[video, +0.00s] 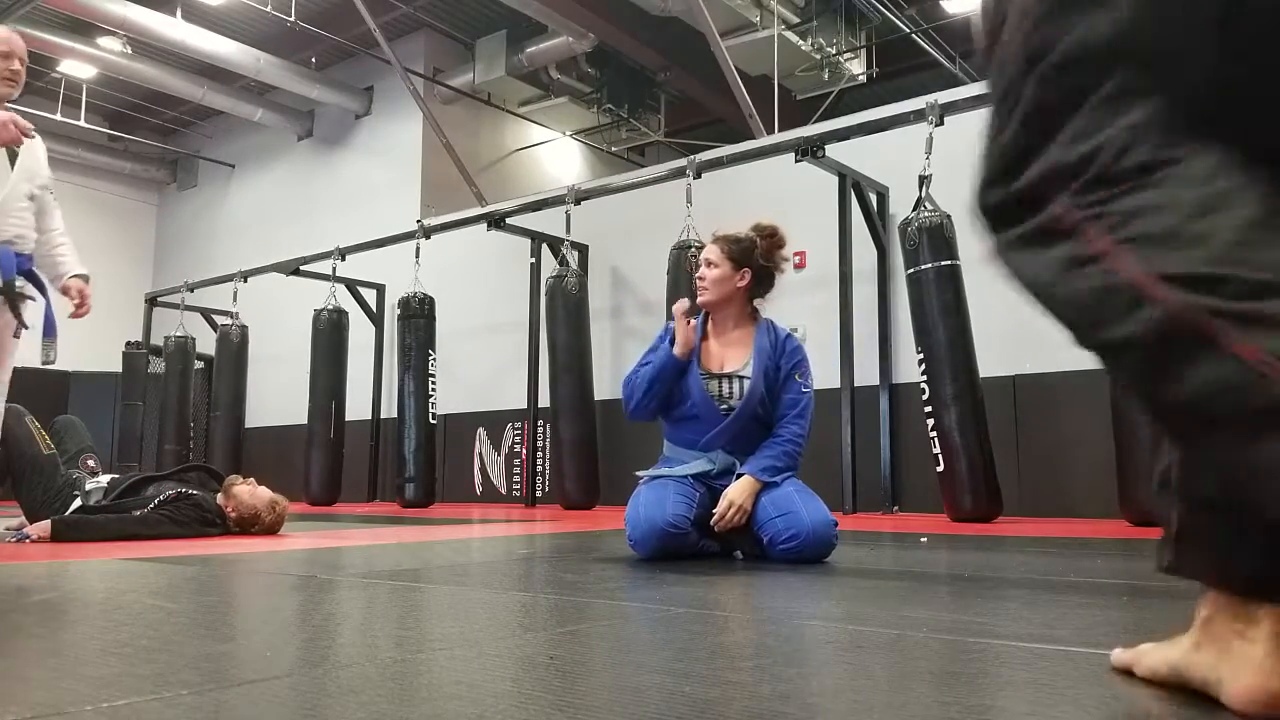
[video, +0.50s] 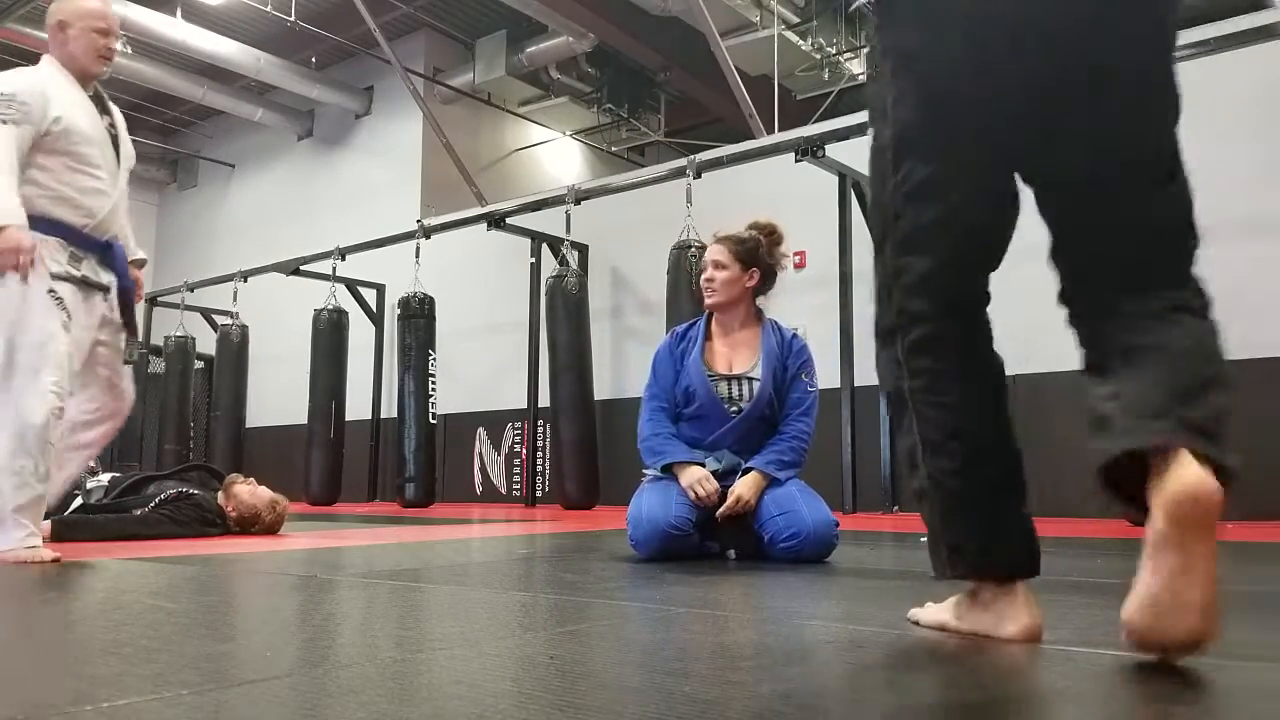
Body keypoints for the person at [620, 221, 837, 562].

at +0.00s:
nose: (698, 274)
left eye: (710, 266)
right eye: (700, 265)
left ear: (742, 278)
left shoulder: (783, 347)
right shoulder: (678, 335)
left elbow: (791, 433)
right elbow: (636, 406)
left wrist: (751, 481)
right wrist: (679, 352)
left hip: (760, 475)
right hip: (682, 474)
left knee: (812, 536)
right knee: (651, 533)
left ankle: (741, 536)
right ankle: (718, 542)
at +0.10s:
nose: (700, 275)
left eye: (712, 266)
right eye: (702, 266)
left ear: (745, 278)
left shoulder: (786, 347)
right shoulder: (676, 340)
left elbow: (793, 431)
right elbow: (629, 414)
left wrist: (753, 480)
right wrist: (671, 396)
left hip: (760, 475)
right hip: (682, 475)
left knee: (812, 536)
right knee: (651, 533)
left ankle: (742, 536)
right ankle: (717, 542)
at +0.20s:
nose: (701, 274)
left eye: (713, 266)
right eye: (702, 266)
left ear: (746, 278)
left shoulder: (788, 348)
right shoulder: (674, 344)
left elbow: (796, 429)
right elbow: (638, 410)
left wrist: (757, 477)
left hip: (760, 476)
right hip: (684, 477)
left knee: (813, 536)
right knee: (652, 533)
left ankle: (741, 536)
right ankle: (712, 542)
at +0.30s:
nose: (701, 275)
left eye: (713, 266)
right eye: (702, 266)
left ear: (746, 278)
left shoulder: (789, 348)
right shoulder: (675, 345)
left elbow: (797, 430)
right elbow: (652, 420)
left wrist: (758, 477)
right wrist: (677, 460)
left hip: (762, 476)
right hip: (684, 476)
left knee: (813, 535)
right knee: (652, 533)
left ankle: (740, 536)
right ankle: (711, 541)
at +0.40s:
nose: (700, 277)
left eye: (713, 267)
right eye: (701, 267)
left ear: (746, 278)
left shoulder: (790, 348)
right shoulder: (676, 345)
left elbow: (797, 430)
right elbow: (657, 421)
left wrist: (758, 477)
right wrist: (683, 464)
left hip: (762, 476)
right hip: (683, 475)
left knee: (813, 535)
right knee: (653, 533)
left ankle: (741, 536)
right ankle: (709, 541)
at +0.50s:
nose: (705, 276)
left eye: (718, 267)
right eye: (704, 267)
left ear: (751, 278)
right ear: (701, 274)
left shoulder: (790, 348)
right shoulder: (677, 344)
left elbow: (797, 430)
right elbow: (653, 420)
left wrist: (758, 476)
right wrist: (682, 466)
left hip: (762, 475)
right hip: (683, 474)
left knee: (813, 536)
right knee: (653, 534)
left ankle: (739, 535)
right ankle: (711, 539)